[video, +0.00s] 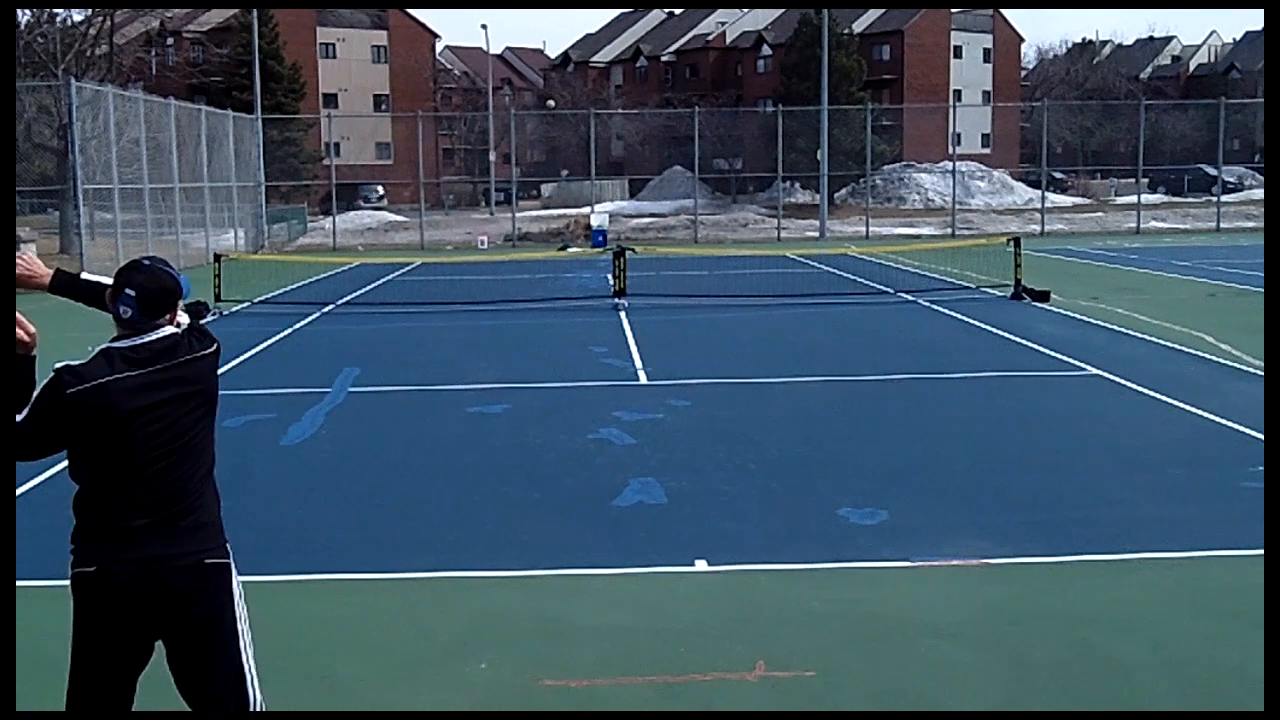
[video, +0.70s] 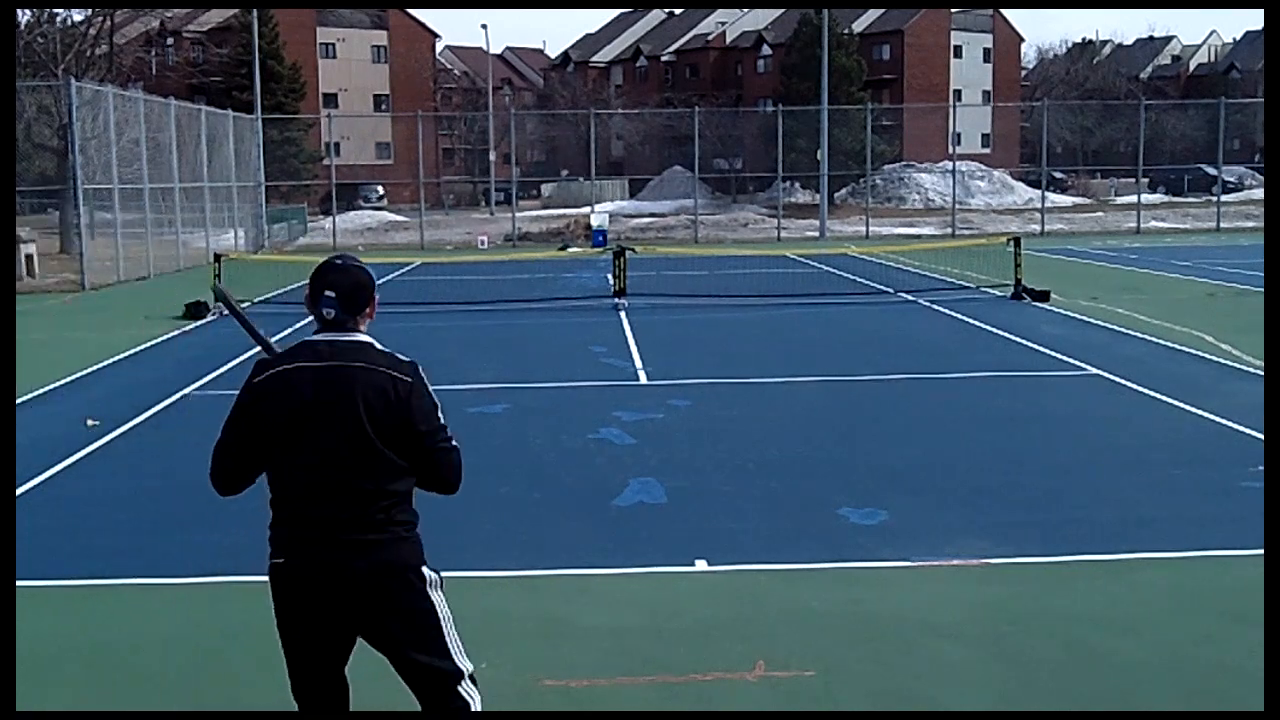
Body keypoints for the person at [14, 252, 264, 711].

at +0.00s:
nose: (182, 307)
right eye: (179, 303)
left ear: (118, 312)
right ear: (174, 313)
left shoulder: (75, 385)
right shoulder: (201, 353)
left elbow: (20, 441)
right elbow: (148, 305)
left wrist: (21, 359)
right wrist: (52, 278)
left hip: (107, 576)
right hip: (198, 570)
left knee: (96, 703)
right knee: (229, 702)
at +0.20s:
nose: (227, 315)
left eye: (218, 307)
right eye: (223, 308)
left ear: (165, 321)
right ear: (216, 321)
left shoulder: (123, 390)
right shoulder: (246, 360)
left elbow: (61, 448)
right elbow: (199, 311)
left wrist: (61, 362)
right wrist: (122, 282)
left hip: (150, 586)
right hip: (239, 579)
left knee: (125, 705)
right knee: (294, 702)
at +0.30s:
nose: (266, 318)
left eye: (259, 310)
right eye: (262, 313)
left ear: (203, 329)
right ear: (256, 326)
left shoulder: (161, 392)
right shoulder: (286, 365)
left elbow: (98, 448)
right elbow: (253, 324)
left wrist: (105, 360)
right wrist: (181, 304)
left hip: (185, 593)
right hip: (274, 588)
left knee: (146, 706)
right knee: (329, 704)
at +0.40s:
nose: (302, 304)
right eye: (300, 299)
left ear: (234, 310)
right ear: (294, 310)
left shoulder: (196, 378)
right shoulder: (328, 360)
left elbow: (144, 447)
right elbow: (289, 344)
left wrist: (158, 355)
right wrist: (240, 325)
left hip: (217, 572)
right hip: (307, 573)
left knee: (186, 702)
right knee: (331, 702)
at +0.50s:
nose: (329, 287)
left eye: (323, 278)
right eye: (327, 280)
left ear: (263, 288)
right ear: (322, 287)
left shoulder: (224, 351)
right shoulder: (351, 339)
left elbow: (180, 444)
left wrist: (203, 355)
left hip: (242, 551)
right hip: (332, 550)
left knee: (246, 694)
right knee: (340, 696)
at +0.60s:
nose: (353, 292)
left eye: (349, 285)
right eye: (352, 285)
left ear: (289, 293)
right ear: (347, 293)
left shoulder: (246, 356)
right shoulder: (377, 353)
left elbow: (204, 458)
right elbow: (418, 444)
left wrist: (238, 370)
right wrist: (357, 406)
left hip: (272, 558)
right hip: (360, 553)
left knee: (306, 699)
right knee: (389, 691)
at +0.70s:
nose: (373, 307)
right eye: (373, 301)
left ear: (311, 306)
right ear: (370, 308)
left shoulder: (271, 377)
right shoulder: (400, 375)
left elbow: (226, 478)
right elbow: (445, 476)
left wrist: (279, 416)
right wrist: (387, 444)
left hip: (301, 575)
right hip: (389, 571)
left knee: (318, 703)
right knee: (451, 693)